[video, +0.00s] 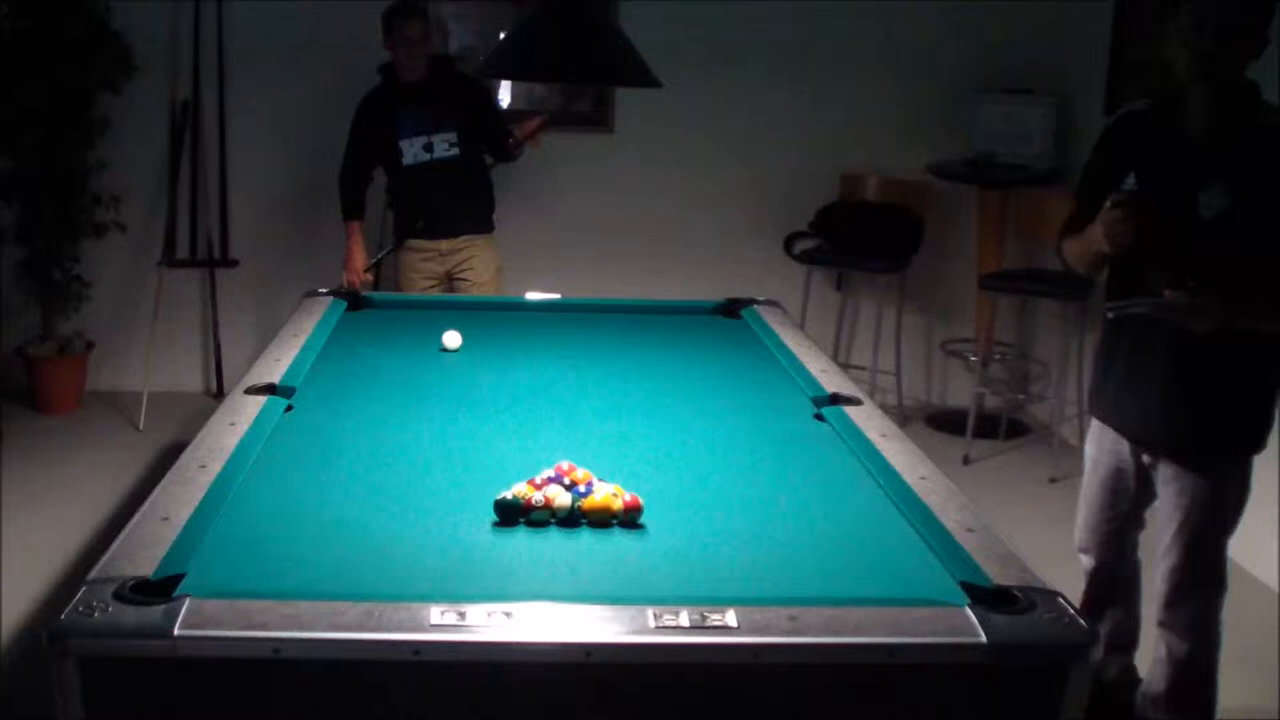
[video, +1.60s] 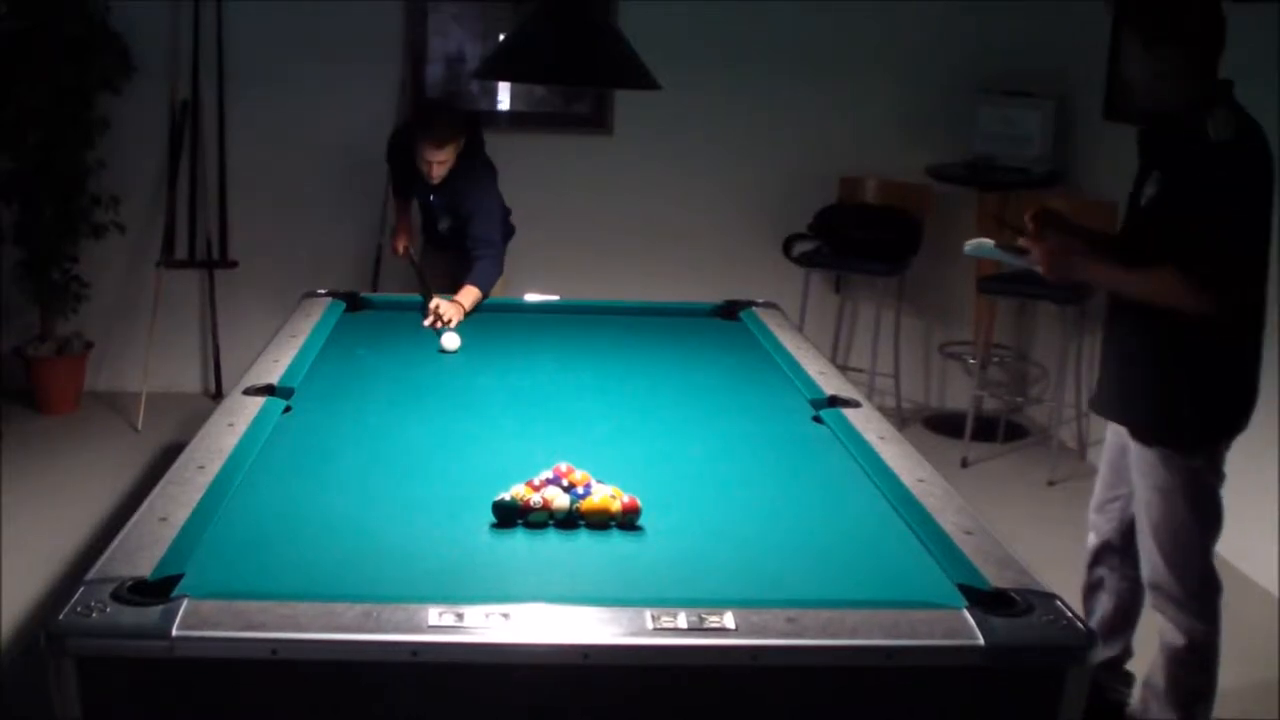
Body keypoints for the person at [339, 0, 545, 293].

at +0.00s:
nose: (413, 52)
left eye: (420, 41)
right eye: (404, 43)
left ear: (432, 41)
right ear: (389, 45)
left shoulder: (464, 88)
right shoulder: (377, 104)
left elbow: (499, 150)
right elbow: (353, 176)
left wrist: (517, 139)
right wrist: (355, 247)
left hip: (473, 244)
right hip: (415, 249)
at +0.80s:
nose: (423, 61)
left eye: (431, 52)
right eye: (414, 52)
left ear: (445, 50)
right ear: (401, 52)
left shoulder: (472, 95)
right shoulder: (389, 103)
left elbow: (504, 139)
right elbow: (369, 172)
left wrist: (521, 172)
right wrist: (363, 240)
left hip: (470, 252)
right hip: (413, 253)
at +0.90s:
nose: (431, 66)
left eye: (439, 57)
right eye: (423, 57)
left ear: (453, 57)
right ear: (410, 58)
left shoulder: (477, 101)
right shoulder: (395, 103)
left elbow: (509, 164)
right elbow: (375, 171)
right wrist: (370, 234)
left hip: (471, 252)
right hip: (417, 251)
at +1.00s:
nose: (440, 86)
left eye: (449, 77)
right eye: (431, 77)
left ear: (461, 74)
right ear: (418, 74)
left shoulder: (481, 112)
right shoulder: (403, 107)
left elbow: (505, 185)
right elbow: (384, 168)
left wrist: (499, 246)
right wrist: (381, 230)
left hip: (473, 258)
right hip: (422, 255)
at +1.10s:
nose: (444, 105)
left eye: (454, 96)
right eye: (436, 95)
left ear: (466, 91)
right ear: (424, 89)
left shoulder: (485, 125)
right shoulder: (409, 112)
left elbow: (501, 204)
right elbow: (395, 166)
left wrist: (486, 269)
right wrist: (391, 221)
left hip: (473, 255)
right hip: (425, 249)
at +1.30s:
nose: (444, 138)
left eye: (453, 130)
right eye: (437, 128)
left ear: (468, 123)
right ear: (425, 119)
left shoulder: (486, 151)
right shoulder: (413, 130)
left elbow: (494, 232)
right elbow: (402, 162)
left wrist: (467, 295)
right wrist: (399, 199)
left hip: (478, 243)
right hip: (434, 236)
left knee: (477, 323)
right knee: (429, 317)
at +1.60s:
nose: (433, 172)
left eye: (442, 163)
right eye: (426, 162)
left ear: (459, 149)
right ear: (416, 151)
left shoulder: (476, 172)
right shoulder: (404, 150)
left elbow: (490, 254)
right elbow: (401, 186)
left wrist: (460, 303)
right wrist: (402, 226)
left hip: (475, 241)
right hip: (435, 238)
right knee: (432, 309)